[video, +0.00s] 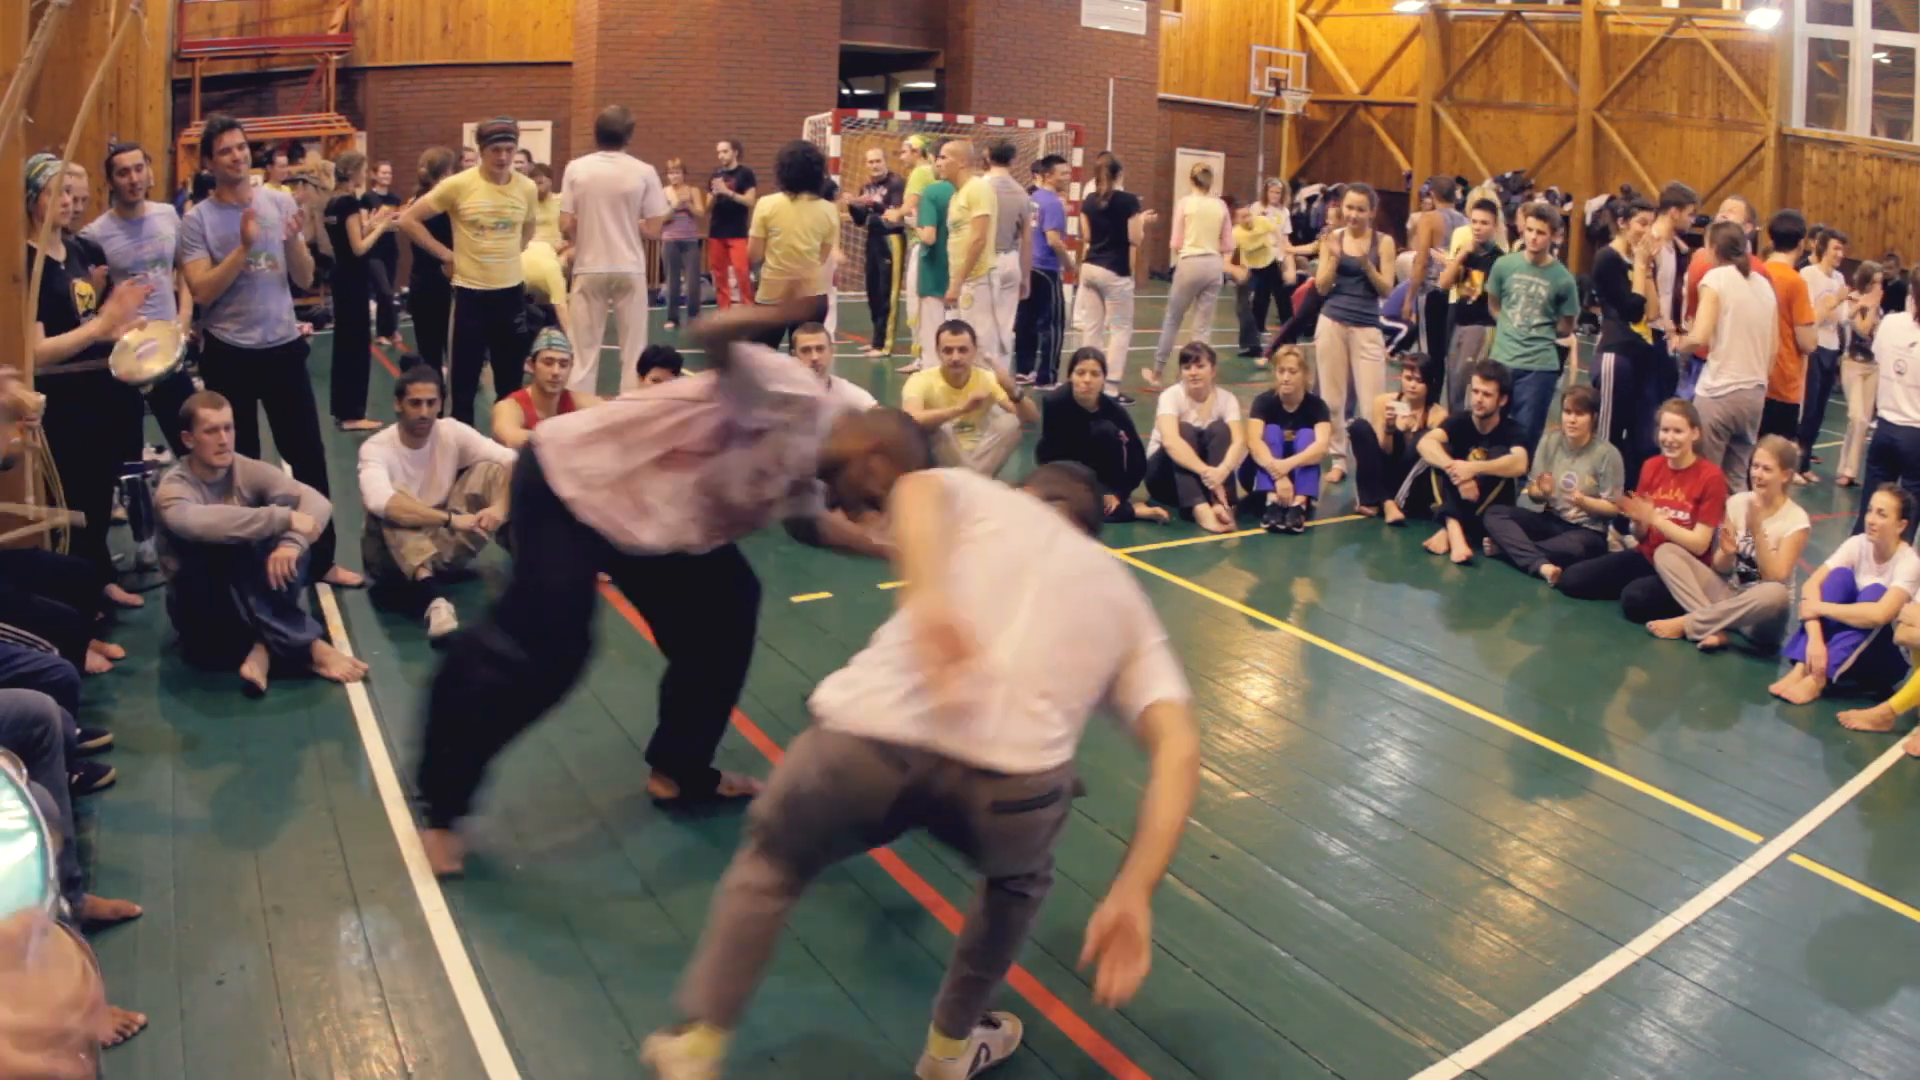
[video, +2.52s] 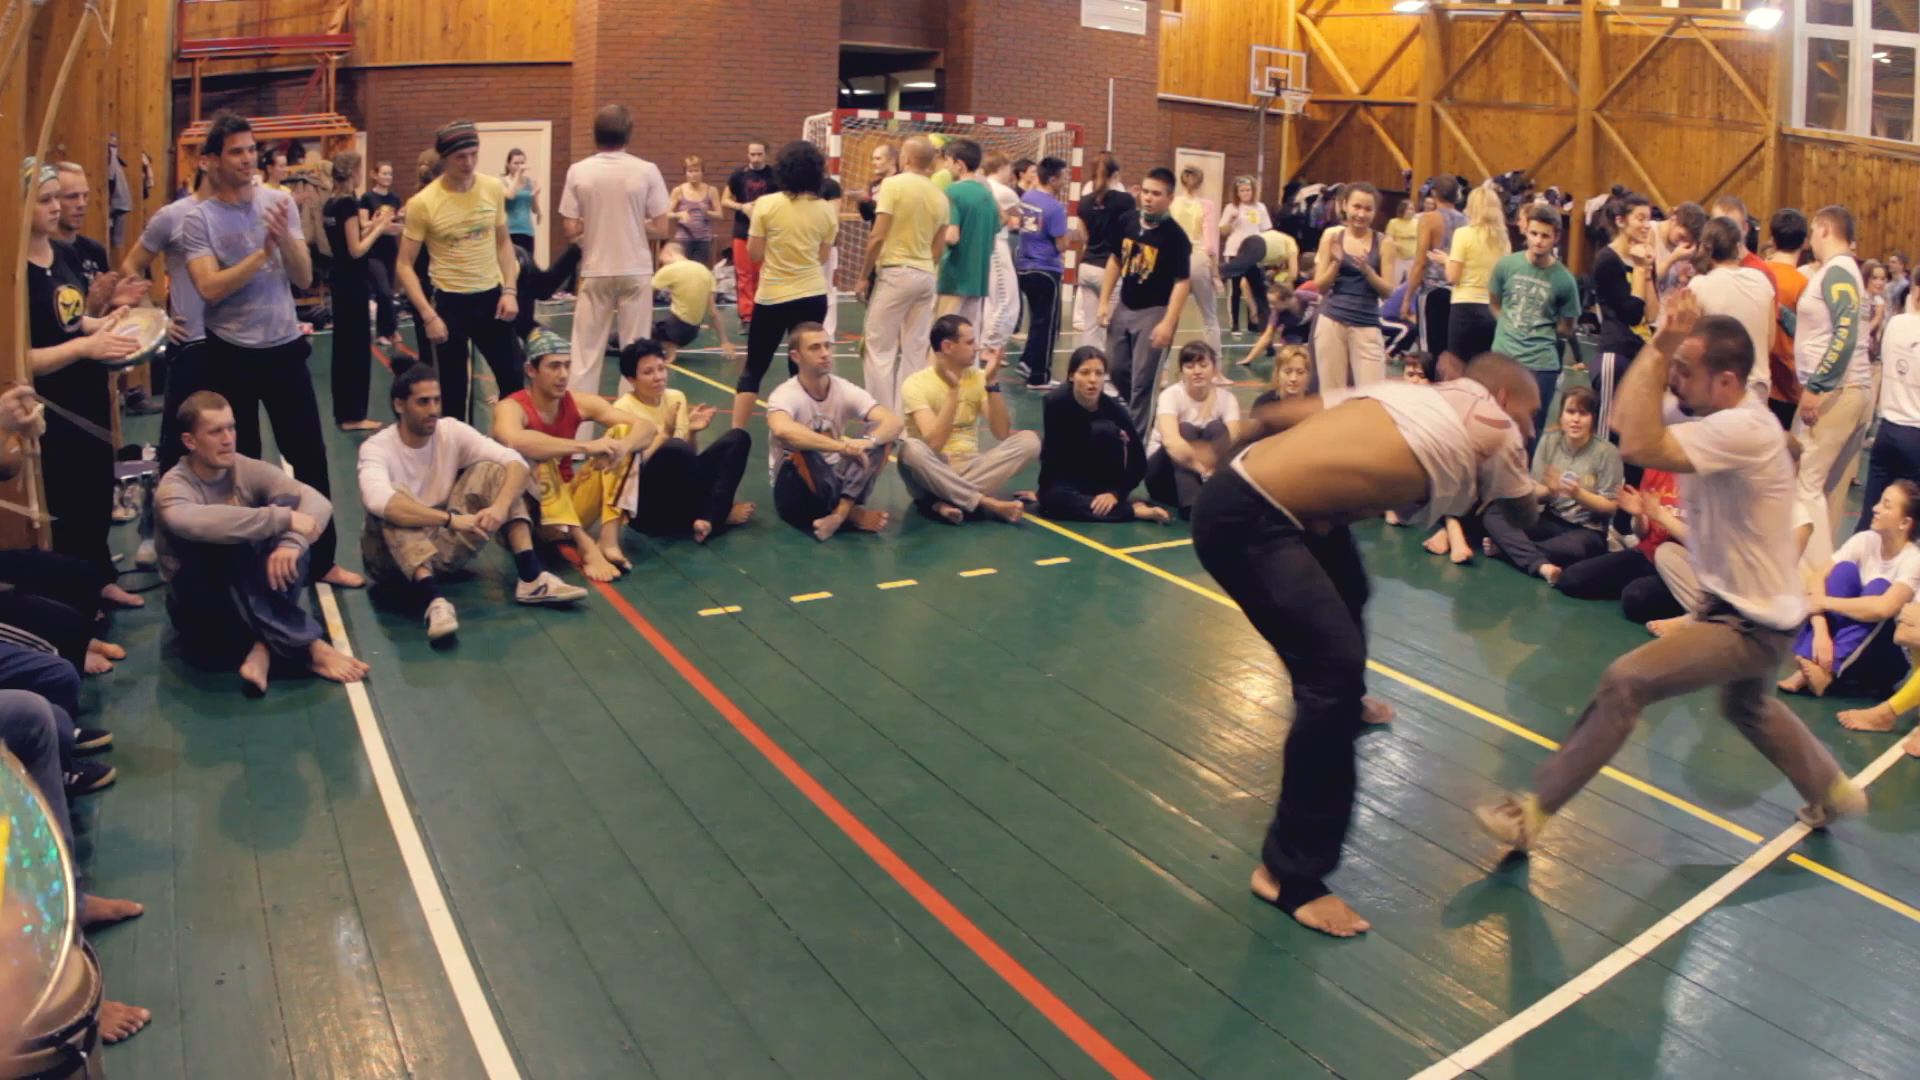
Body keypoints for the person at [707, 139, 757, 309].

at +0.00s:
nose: (721, 156)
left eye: (725, 151)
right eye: (719, 152)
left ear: (735, 152)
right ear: (717, 155)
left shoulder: (745, 173)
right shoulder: (716, 175)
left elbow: (750, 200)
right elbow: (708, 205)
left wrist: (727, 191)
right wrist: (714, 193)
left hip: (737, 232)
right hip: (717, 232)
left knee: (742, 271)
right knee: (718, 273)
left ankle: (748, 305)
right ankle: (723, 308)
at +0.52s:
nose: (725, 154)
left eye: (728, 151)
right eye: (722, 151)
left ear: (735, 153)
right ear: (718, 154)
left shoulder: (746, 173)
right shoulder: (715, 174)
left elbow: (751, 200)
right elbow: (708, 205)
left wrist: (729, 192)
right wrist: (712, 192)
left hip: (738, 232)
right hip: (717, 232)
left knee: (741, 271)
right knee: (719, 275)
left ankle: (750, 310)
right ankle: (724, 312)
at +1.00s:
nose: (731, 152)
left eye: (734, 148)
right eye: (727, 149)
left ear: (740, 151)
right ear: (722, 152)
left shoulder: (748, 172)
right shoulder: (714, 174)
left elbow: (754, 198)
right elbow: (709, 202)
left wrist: (737, 194)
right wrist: (721, 195)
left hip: (743, 233)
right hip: (720, 233)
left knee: (747, 272)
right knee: (722, 276)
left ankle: (751, 311)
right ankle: (725, 313)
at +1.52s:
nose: (740, 153)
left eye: (744, 149)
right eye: (737, 150)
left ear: (751, 151)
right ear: (733, 152)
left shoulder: (760, 173)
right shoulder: (726, 173)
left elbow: (766, 200)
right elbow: (719, 200)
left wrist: (748, 193)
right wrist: (731, 193)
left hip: (752, 231)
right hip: (729, 232)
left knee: (753, 273)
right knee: (727, 274)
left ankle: (753, 312)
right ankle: (726, 312)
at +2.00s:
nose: (756, 158)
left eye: (760, 155)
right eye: (753, 155)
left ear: (766, 155)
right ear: (748, 155)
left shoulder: (770, 174)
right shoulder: (739, 173)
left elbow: (775, 201)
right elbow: (730, 200)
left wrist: (762, 197)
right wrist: (742, 196)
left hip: (761, 230)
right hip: (739, 230)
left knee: (758, 273)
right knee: (731, 270)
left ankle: (754, 311)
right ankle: (728, 309)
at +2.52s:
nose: (755, 158)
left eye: (759, 154)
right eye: (752, 154)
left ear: (765, 155)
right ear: (747, 155)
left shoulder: (773, 175)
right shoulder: (738, 176)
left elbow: (780, 199)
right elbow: (725, 200)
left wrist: (762, 206)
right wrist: (742, 207)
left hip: (766, 230)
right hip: (742, 231)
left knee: (764, 272)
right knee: (744, 274)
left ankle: (763, 312)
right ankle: (746, 313)